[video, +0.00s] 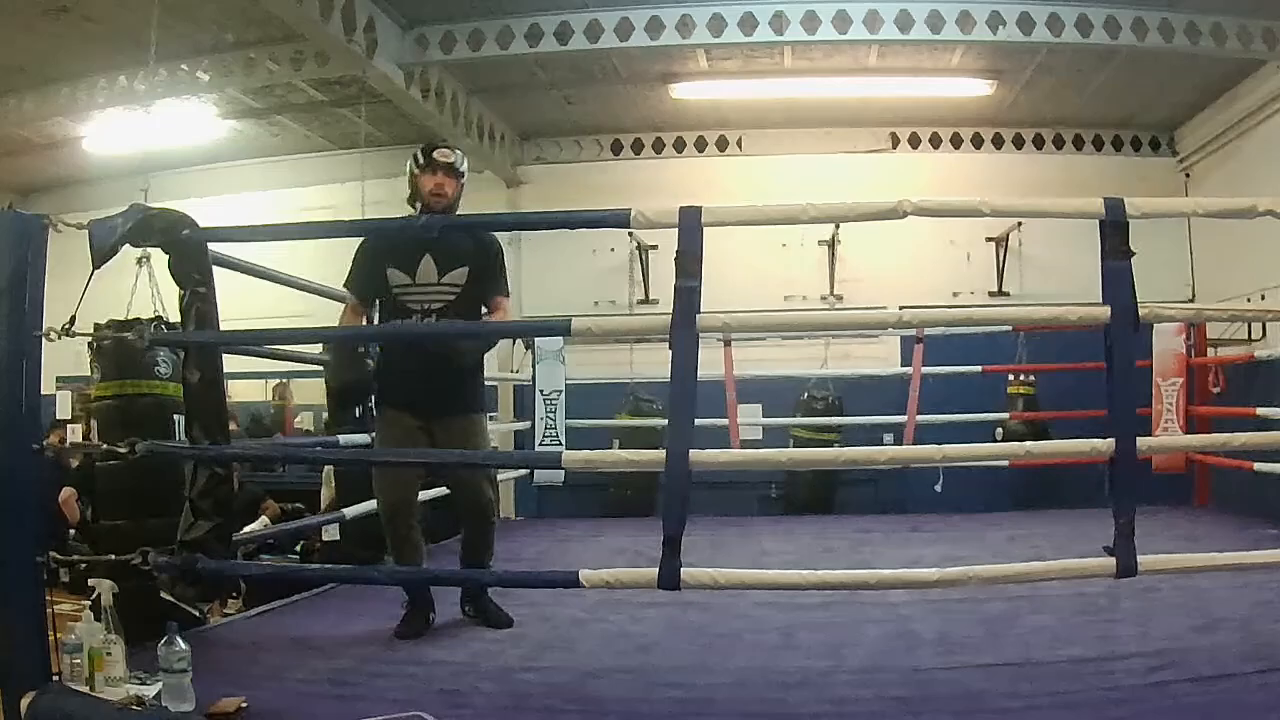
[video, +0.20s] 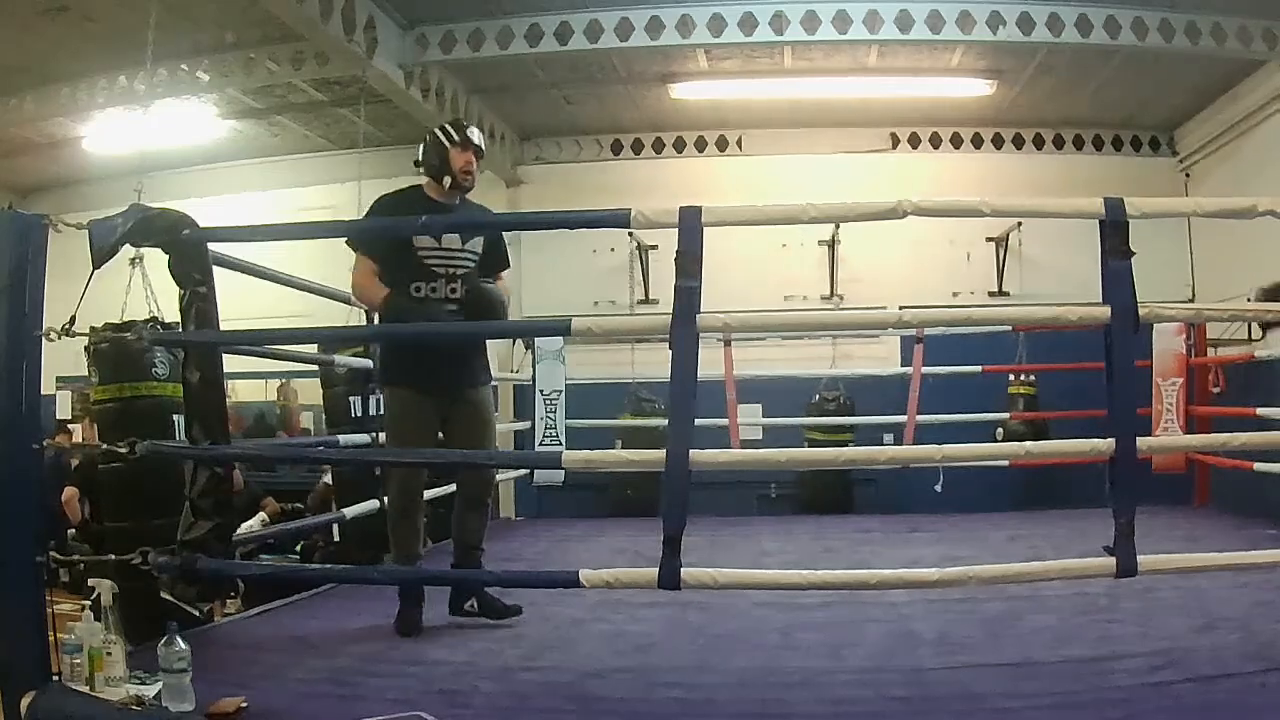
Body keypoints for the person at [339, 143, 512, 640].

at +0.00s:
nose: (439, 181)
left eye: (448, 174)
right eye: (430, 171)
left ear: (460, 185)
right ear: (413, 180)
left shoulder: (481, 244)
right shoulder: (380, 242)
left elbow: (501, 314)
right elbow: (353, 313)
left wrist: (472, 342)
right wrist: (348, 362)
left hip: (461, 400)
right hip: (398, 399)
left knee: (480, 502)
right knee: (396, 505)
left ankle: (475, 594)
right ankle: (418, 602)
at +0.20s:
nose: (472, 161)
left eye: (476, 155)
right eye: (464, 150)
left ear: (477, 164)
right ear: (436, 151)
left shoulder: (482, 220)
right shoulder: (391, 207)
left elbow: (501, 297)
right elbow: (361, 282)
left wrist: (490, 302)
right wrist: (407, 308)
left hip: (469, 371)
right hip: (409, 371)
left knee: (478, 477)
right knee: (406, 484)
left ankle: (468, 587)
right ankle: (409, 594)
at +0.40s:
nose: (485, 180)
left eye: (486, 173)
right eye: (478, 170)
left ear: (476, 181)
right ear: (451, 174)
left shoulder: (477, 236)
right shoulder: (419, 228)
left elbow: (477, 303)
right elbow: (393, 301)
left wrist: (506, 316)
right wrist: (452, 321)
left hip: (477, 387)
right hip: (428, 387)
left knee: (494, 488)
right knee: (423, 495)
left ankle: (469, 599)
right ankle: (409, 604)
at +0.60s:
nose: (514, 183)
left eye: (514, 176)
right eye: (508, 173)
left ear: (487, 177)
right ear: (481, 173)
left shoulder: (489, 235)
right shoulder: (445, 225)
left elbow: (487, 298)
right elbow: (436, 300)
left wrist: (529, 302)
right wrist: (506, 302)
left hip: (494, 383)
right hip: (458, 383)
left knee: (494, 491)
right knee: (470, 486)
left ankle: (468, 599)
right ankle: (420, 583)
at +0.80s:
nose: (538, 208)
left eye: (540, 201)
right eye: (536, 198)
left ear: (524, 194)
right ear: (519, 190)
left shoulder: (511, 232)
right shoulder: (470, 224)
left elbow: (550, 298)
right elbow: (524, 276)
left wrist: (575, 241)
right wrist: (555, 229)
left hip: (506, 375)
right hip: (478, 375)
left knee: (494, 484)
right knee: (513, 477)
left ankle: (468, 595)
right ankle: (498, 602)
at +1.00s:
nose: (579, 193)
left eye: (580, 183)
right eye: (576, 183)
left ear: (545, 181)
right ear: (554, 181)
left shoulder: (551, 234)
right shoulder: (504, 227)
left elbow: (574, 304)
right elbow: (538, 299)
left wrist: (616, 266)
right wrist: (593, 262)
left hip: (557, 387)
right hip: (523, 388)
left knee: (549, 496)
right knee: (541, 497)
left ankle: (482, 582)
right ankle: (538, 619)